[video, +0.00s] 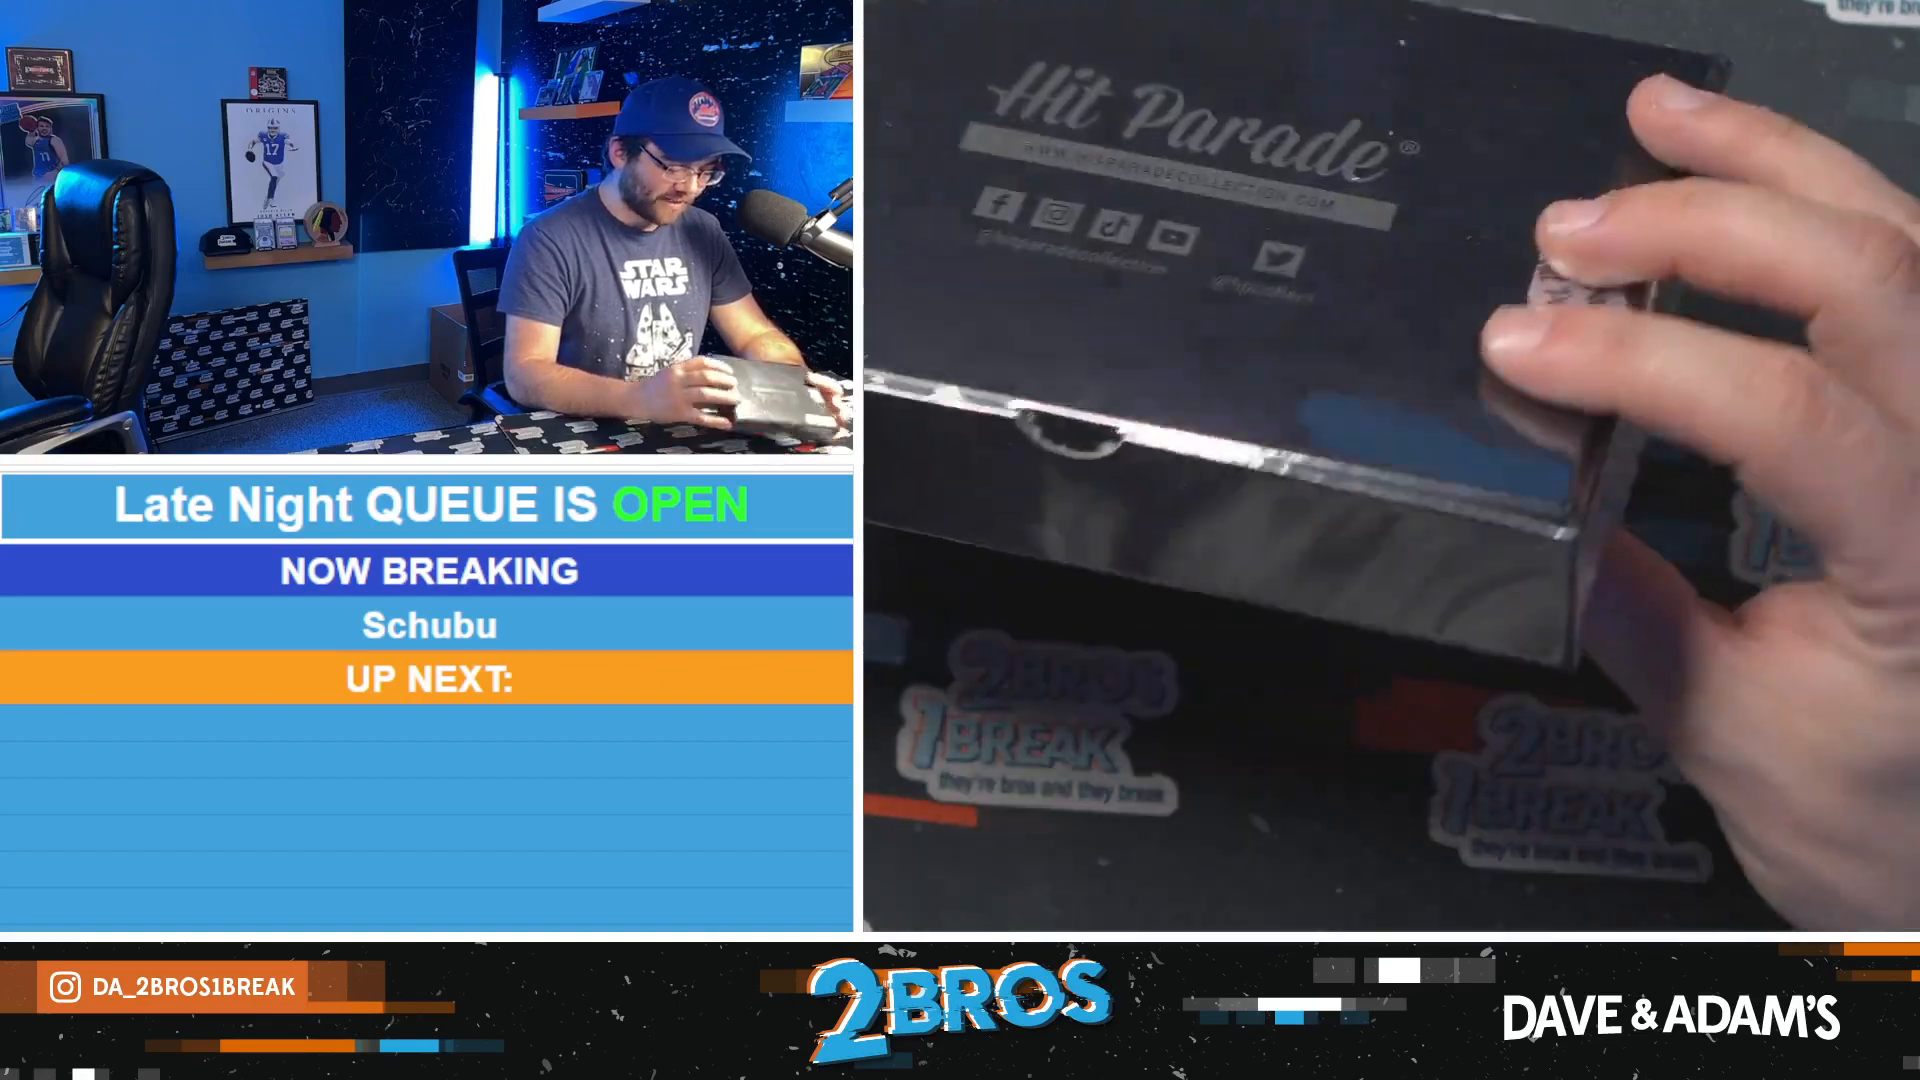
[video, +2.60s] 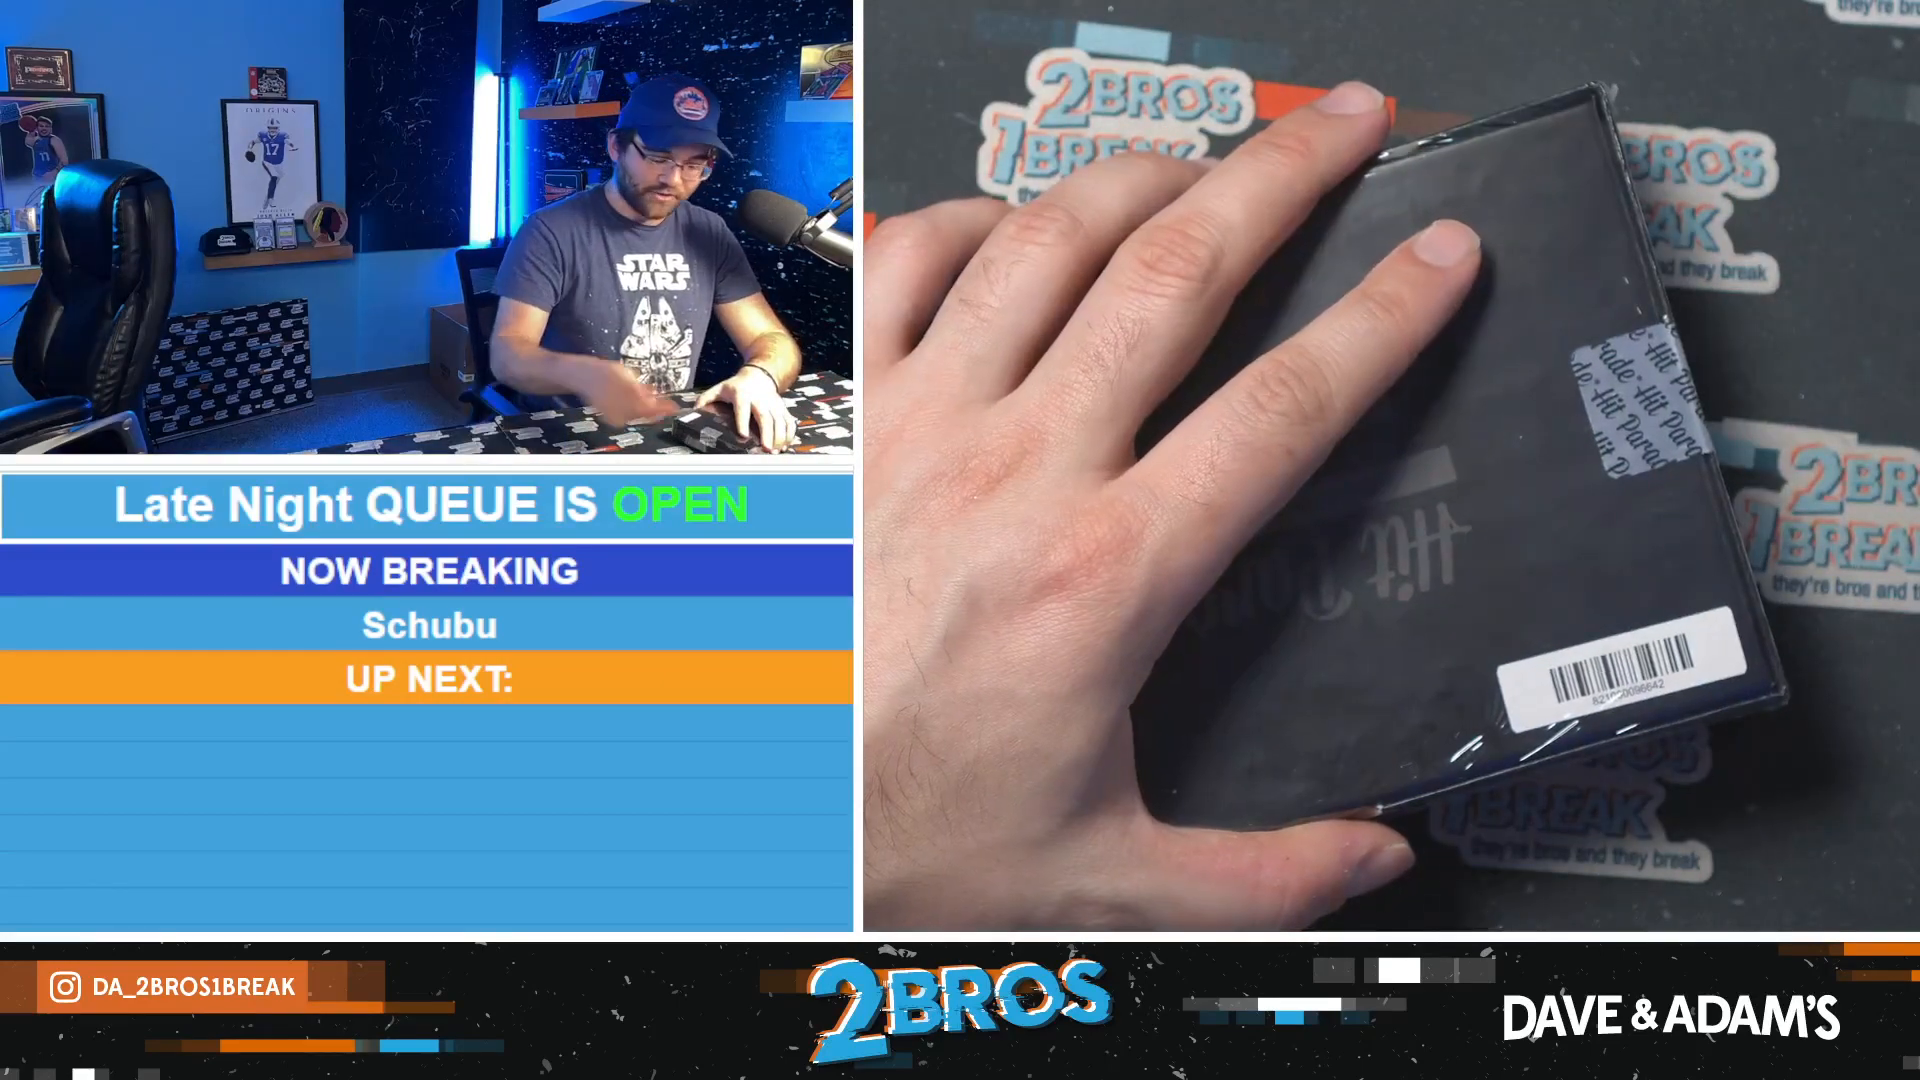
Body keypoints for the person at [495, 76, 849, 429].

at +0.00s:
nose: (689, 185)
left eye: (704, 169)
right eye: (673, 165)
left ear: (715, 169)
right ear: (620, 152)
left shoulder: (701, 232)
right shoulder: (552, 239)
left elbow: (755, 333)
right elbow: (527, 375)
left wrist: (797, 380)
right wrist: (641, 398)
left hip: (686, 457)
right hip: (581, 462)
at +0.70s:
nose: (659, 160)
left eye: (679, 145)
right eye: (642, 140)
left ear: (695, 157)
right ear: (605, 144)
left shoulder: (705, 231)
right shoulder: (552, 238)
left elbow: (757, 334)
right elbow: (523, 373)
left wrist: (793, 372)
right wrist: (612, 384)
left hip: (683, 449)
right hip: (577, 458)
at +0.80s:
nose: (648, 156)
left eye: (670, 141)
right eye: (631, 137)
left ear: (691, 155)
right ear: (602, 144)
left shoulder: (704, 230)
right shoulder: (548, 237)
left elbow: (762, 331)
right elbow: (515, 365)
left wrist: (795, 367)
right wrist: (565, 389)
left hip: (683, 456)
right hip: (580, 464)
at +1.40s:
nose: (604, 151)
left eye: (629, 137)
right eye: (599, 135)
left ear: (680, 153)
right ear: (590, 138)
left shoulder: (709, 233)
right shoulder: (551, 232)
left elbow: (775, 340)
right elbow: (520, 348)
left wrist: (753, 371)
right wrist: (535, 435)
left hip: (682, 448)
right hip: (582, 452)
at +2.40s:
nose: (652, 169)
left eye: (675, 154)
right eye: (637, 147)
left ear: (701, 160)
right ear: (613, 145)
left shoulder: (708, 236)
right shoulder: (552, 235)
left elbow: (771, 341)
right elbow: (503, 344)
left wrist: (760, 376)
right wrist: (509, 401)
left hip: (677, 456)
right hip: (570, 456)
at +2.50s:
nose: (665, 176)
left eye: (687, 161)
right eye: (650, 153)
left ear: (703, 167)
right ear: (614, 145)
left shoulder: (708, 235)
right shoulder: (550, 235)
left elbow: (771, 341)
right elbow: (501, 351)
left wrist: (759, 376)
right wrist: (548, 386)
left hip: (678, 457)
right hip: (575, 463)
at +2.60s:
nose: (673, 180)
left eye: (693, 164)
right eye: (657, 157)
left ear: (708, 168)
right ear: (616, 146)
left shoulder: (708, 235)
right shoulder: (550, 234)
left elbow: (771, 341)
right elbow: (507, 355)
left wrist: (758, 375)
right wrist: (589, 377)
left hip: (679, 457)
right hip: (574, 462)